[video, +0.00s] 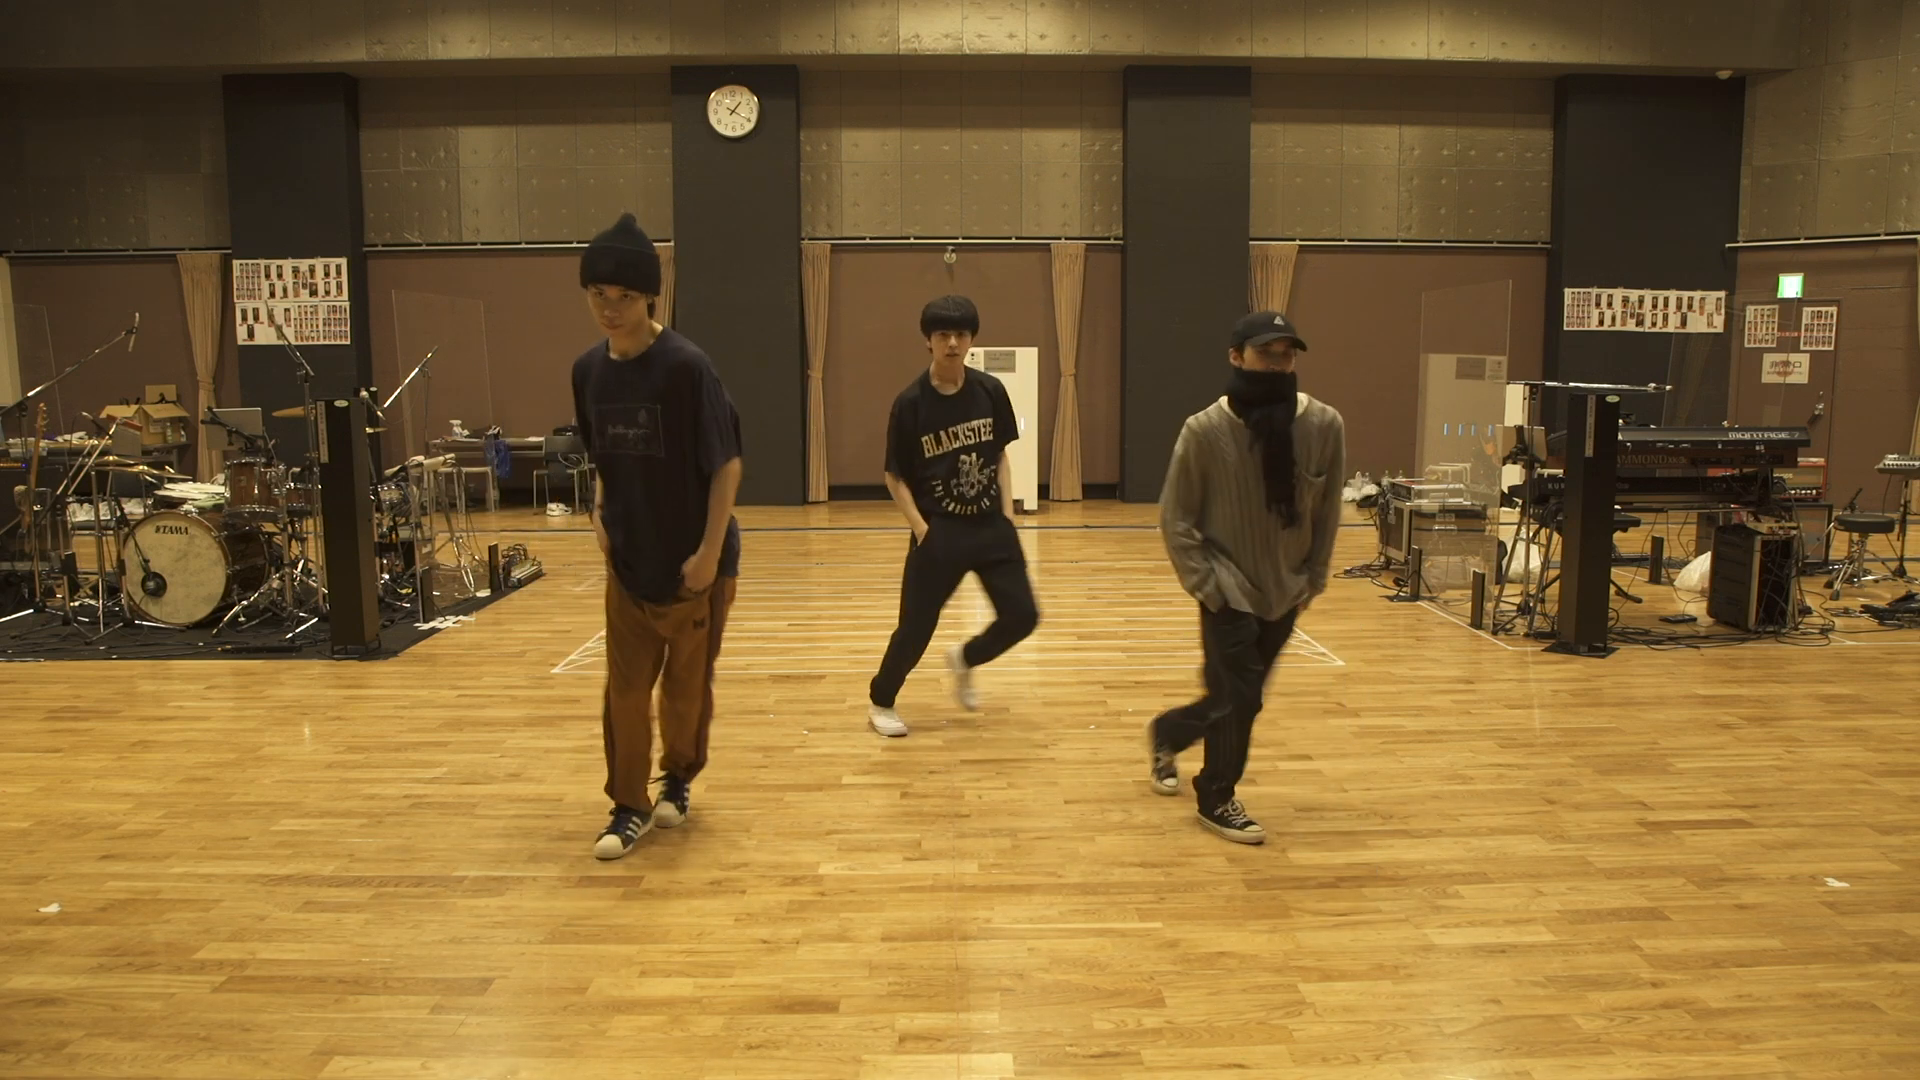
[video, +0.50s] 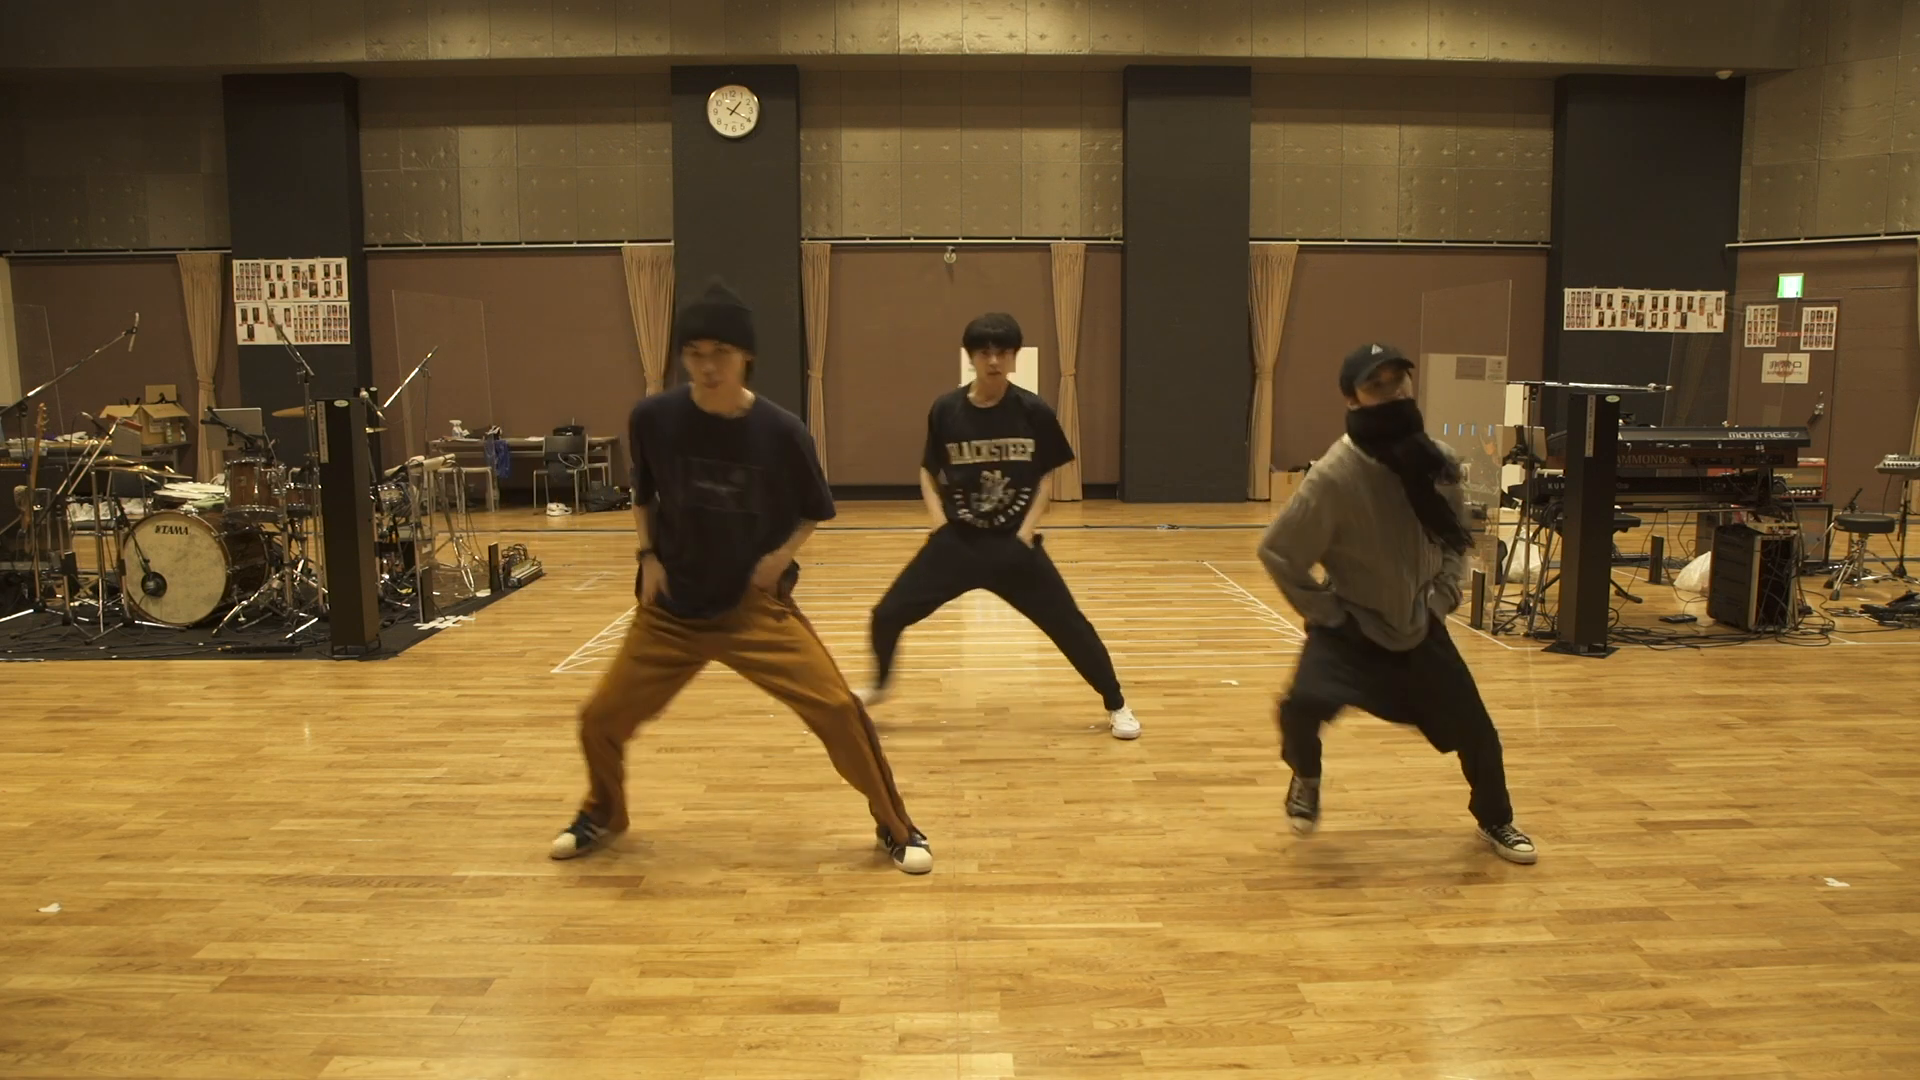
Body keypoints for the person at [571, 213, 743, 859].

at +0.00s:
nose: (610, 308)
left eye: (622, 297)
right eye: (600, 297)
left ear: (651, 296)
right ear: (588, 298)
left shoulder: (688, 368)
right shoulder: (589, 372)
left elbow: (727, 464)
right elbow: (602, 465)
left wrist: (708, 553)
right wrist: (605, 530)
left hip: (694, 559)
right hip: (629, 558)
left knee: (686, 682)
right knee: (625, 688)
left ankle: (679, 778)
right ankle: (628, 807)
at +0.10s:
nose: (623, 316)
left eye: (636, 305)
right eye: (613, 304)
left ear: (662, 305)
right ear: (600, 304)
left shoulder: (702, 373)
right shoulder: (591, 375)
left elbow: (761, 453)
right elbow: (601, 462)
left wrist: (728, 534)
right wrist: (612, 527)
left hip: (708, 559)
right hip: (640, 560)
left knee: (721, 687)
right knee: (625, 690)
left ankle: (720, 766)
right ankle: (631, 807)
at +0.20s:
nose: (651, 314)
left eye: (664, 304)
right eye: (642, 302)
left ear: (690, 303)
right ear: (629, 300)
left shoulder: (734, 369)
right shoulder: (609, 364)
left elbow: (785, 437)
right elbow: (611, 444)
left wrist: (756, 504)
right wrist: (618, 512)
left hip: (724, 555)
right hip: (646, 559)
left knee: (772, 675)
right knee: (621, 690)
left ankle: (806, 791)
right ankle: (624, 808)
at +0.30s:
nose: (711, 341)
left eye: (724, 330)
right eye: (699, 329)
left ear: (743, 334)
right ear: (680, 329)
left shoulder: (774, 398)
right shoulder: (642, 397)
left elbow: (796, 468)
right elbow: (625, 458)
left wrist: (781, 518)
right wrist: (637, 529)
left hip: (752, 573)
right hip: (672, 579)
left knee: (823, 693)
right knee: (643, 705)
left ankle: (894, 818)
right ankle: (605, 817)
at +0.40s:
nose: (728, 366)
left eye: (740, 355)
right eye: (717, 354)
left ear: (762, 357)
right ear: (701, 354)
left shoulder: (787, 423)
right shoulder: (659, 420)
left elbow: (811, 500)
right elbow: (634, 495)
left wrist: (793, 543)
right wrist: (649, 564)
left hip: (768, 602)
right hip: (686, 613)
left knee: (845, 706)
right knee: (656, 730)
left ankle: (897, 823)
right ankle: (608, 823)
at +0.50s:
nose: (706, 367)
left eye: (719, 354)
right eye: (695, 355)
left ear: (746, 358)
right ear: (681, 359)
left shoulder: (781, 432)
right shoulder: (652, 420)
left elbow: (816, 511)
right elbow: (644, 494)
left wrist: (780, 557)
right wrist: (647, 555)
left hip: (757, 611)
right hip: (671, 612)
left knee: (839, 709)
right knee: (598, 720)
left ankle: (897, 827)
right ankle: (604, 814)